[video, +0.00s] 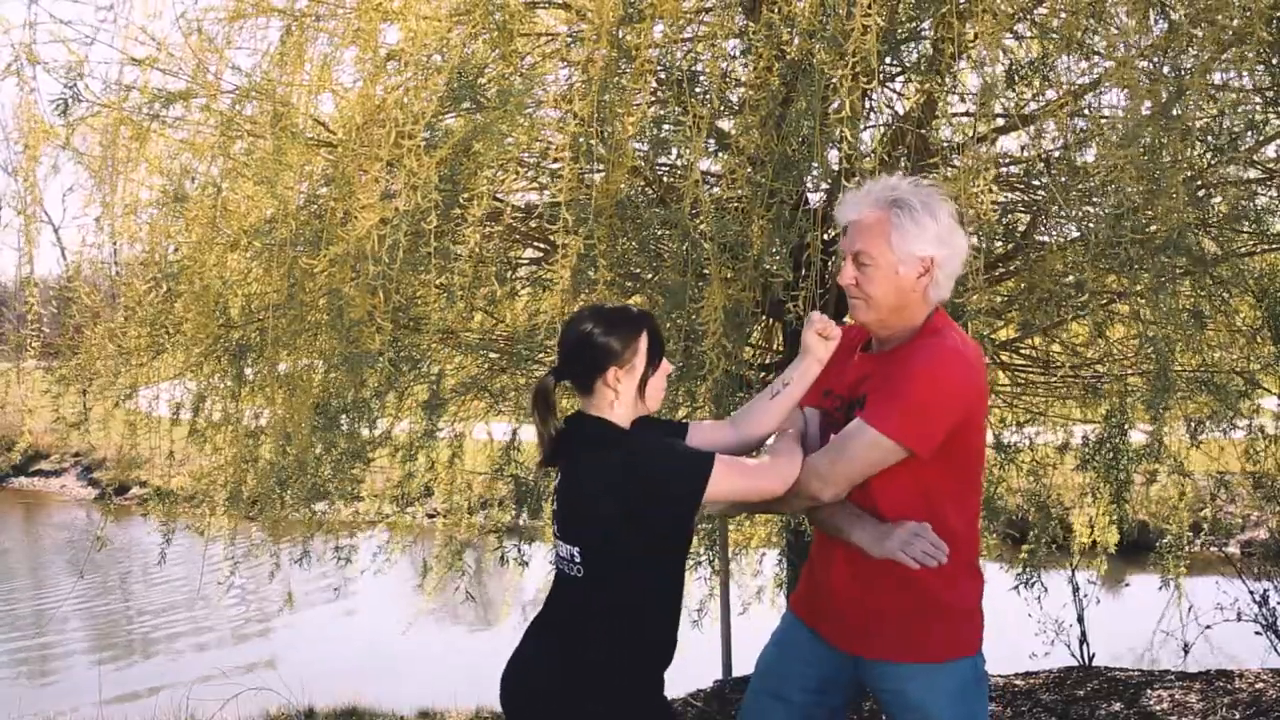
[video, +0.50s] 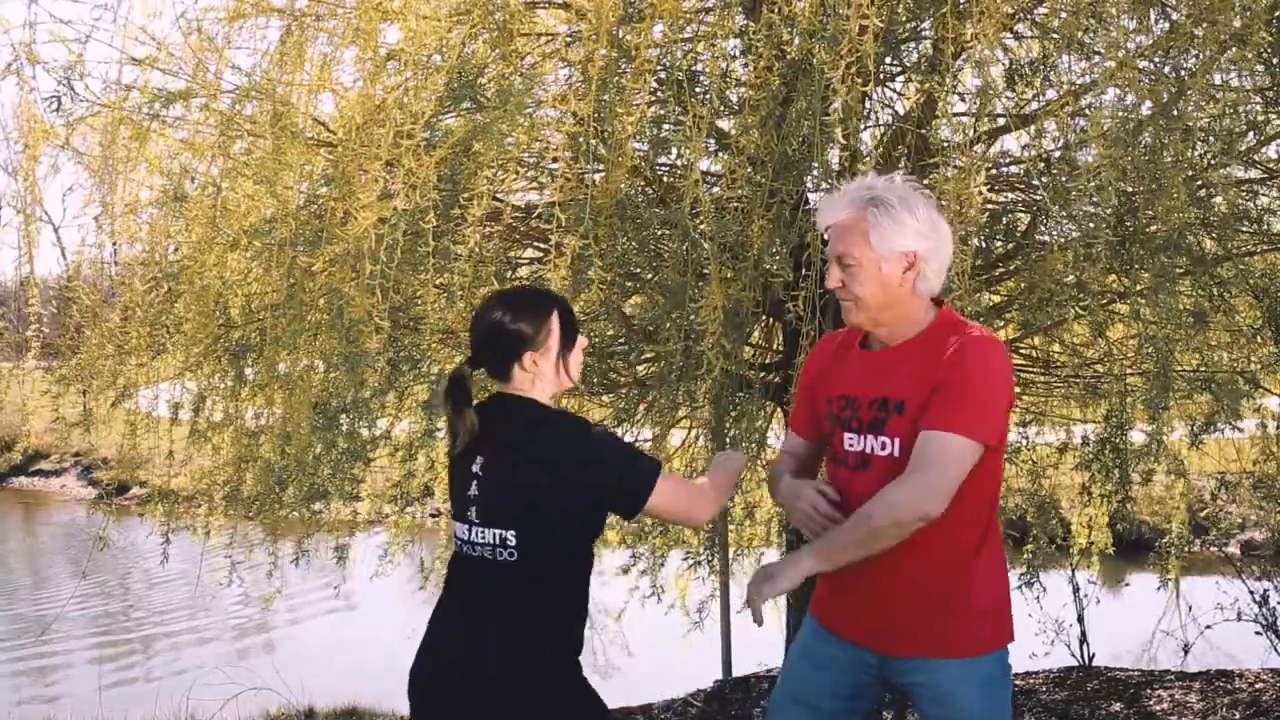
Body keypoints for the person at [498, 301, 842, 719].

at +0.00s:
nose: (667, 367)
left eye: (661, 356)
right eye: (656, 358)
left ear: (610, 378)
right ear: (617, 377)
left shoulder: (584, 437)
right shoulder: (642, 457)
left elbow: (735, 431)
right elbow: (775, 477)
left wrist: (810, 362)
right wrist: (792, 433)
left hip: (540, 681)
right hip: (612, 695)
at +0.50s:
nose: (584, 343)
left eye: (577, 333)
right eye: (572, 336)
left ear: (520, 361)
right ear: (532, 361)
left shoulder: (472, 426)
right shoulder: (575, 444)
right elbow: (699, 507)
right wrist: (727, 468)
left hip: (443, 677)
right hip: (534, 685)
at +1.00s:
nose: (465, 343)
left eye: (459, 329)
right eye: (452, 332)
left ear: (402, 351)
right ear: (409, 350)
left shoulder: (350, 422)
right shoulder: (441, 435)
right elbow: (570, 501)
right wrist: (599, 402)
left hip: (325, 671)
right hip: (412, 675)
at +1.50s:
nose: (433, 363)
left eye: (428, 352)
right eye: (422, 352)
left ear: (373, 364)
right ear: (379, 364)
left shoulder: (315, 440)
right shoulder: (414, 454)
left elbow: (381, 512)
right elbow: (554, 464)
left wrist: (443, 442)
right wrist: (606, 378)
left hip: (299, 685)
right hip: (390, 690)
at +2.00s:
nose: (421, 374)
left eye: (415, 362)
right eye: (409, 363)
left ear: (359, 378)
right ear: (366, 377)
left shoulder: (300, 455)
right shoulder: (415, 461)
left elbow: (371, 515)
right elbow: (541, 512)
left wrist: (426, 446)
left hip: (306, 695)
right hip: (402, 695)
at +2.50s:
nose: (441, 373)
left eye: (433, 363)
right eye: (430, 365)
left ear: (389, 389)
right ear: (393, 387)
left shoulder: (362, 460)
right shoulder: (445, 473)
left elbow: (499, 492)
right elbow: (548, 568)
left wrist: (524, 413)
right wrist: (598, 615)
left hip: (334, 694)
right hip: (420, 698)